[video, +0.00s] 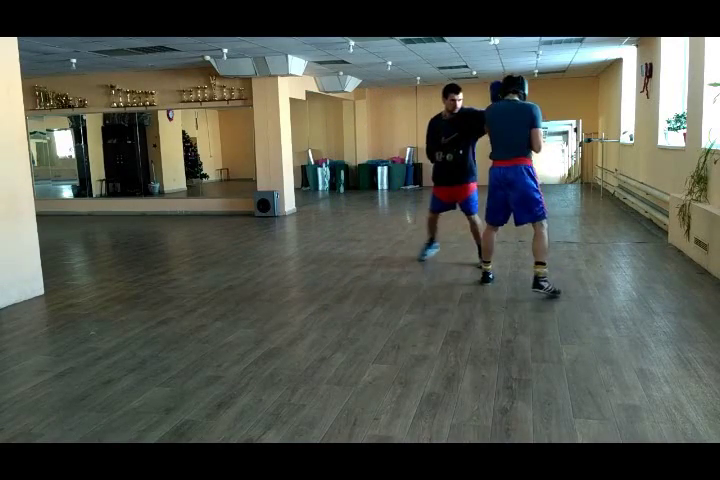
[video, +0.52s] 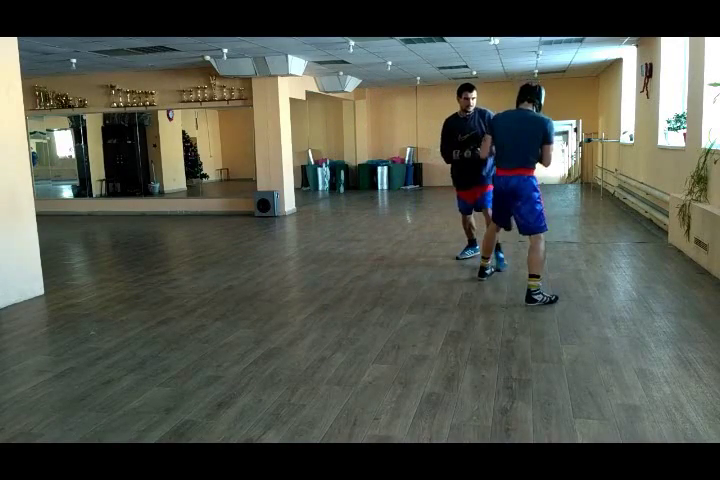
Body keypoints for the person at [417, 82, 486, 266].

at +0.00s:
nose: (456, 103)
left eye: (458, 100)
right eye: (452, 100)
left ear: (462, 100)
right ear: (444, 100)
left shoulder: (469, 116)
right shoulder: (435, 122)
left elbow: (491, 119)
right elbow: (430, 153)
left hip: (465, 177)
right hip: (442, 178)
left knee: (472, 218)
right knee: (433, 214)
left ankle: (482, 253)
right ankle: (431, 242)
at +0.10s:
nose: (461, 101)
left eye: (464, 97)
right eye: (457, 97)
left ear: (467, 98)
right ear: (449, 97)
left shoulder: (475, 115)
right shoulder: (440, 120)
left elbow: (493, 126)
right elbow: (433, 151)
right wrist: (452, 152)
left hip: (469, 177)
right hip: (448, 177)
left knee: (476, 217)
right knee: (445, 215)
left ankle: (482, 252)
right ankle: (453, 240)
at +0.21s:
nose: (464, 100)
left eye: (467, 97)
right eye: (460, 97)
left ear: (470, 98)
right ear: (452, 96)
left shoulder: (478, 117)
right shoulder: (442, 120)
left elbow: (486, 144)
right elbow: (436, 153)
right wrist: (454, 152)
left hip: (475, 175)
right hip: (453, 176)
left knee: (478, 215)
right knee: (458, 216)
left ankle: (483, 249)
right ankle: (470, 241)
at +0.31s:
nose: (464, 102)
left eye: (467, 99)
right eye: (461, 98)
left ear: (471, 99)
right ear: (453, 98)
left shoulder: (478, 118)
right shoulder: (443, 122)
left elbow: (491, 142)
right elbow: (437, 153)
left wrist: (473, 150)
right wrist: (451, 154)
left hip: (477, 174)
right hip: (456, 176)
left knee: (479, 213)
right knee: (463, 214)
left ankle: (484, 249)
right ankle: (472, 244)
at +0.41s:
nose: (466, 103)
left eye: (469, 100)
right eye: (462, 100)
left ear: (472, 100)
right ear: (455, 100)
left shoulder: (481, 118)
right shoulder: (446, 124)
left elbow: (492, 144)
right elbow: (440, 155)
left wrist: (477, 150)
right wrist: (456, 158)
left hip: (481, 174)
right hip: (459, 176)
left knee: (484, 210)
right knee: (465, 215)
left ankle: (490, 247)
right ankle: (473, 246)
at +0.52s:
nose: (469, 102)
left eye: (472, 98)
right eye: (465, 98)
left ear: (476, 99)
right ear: (458, 99)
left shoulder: (486, 117)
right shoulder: (450, 123)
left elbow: (498, 144)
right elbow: (446, 154)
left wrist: (483, 152)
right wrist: (465, 153)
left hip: (484, 174)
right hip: (462, 176)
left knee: (488, 213)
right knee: (466, 215)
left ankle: (497, 250)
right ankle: (472, 244)